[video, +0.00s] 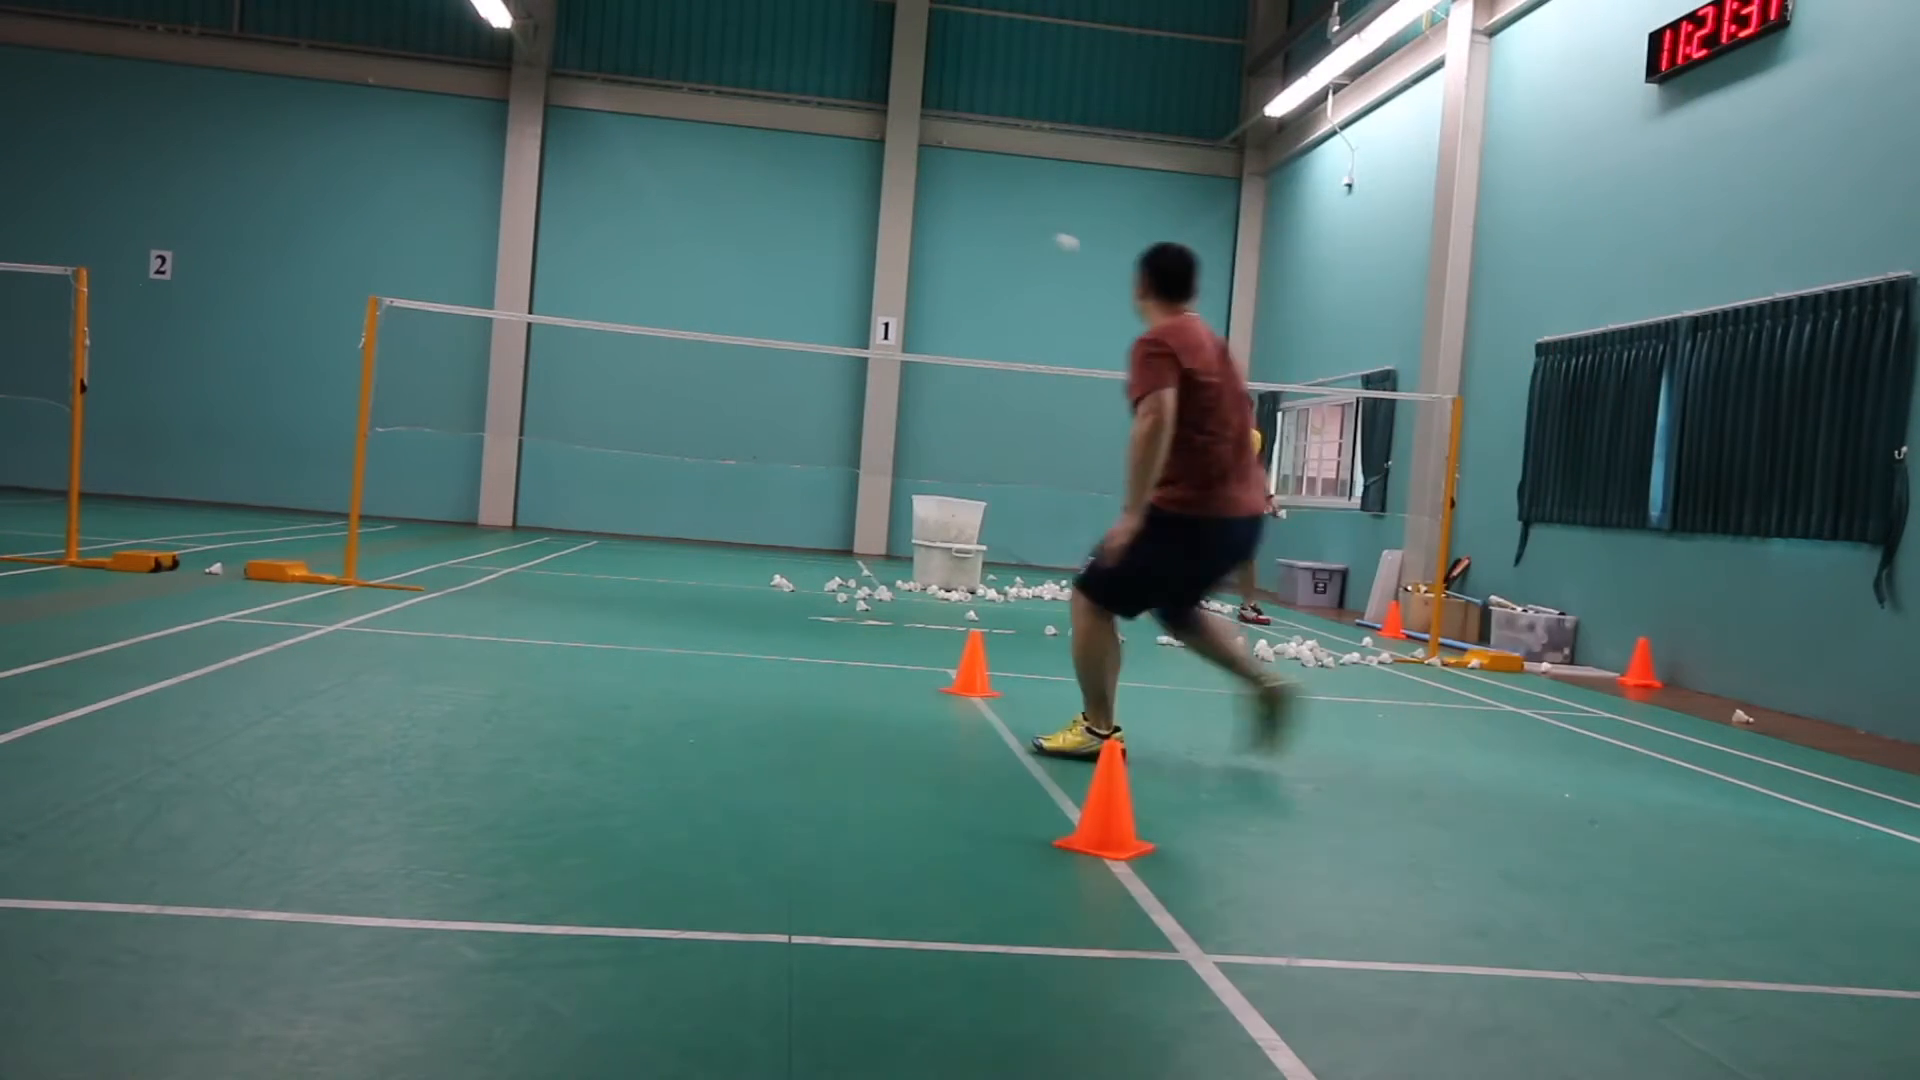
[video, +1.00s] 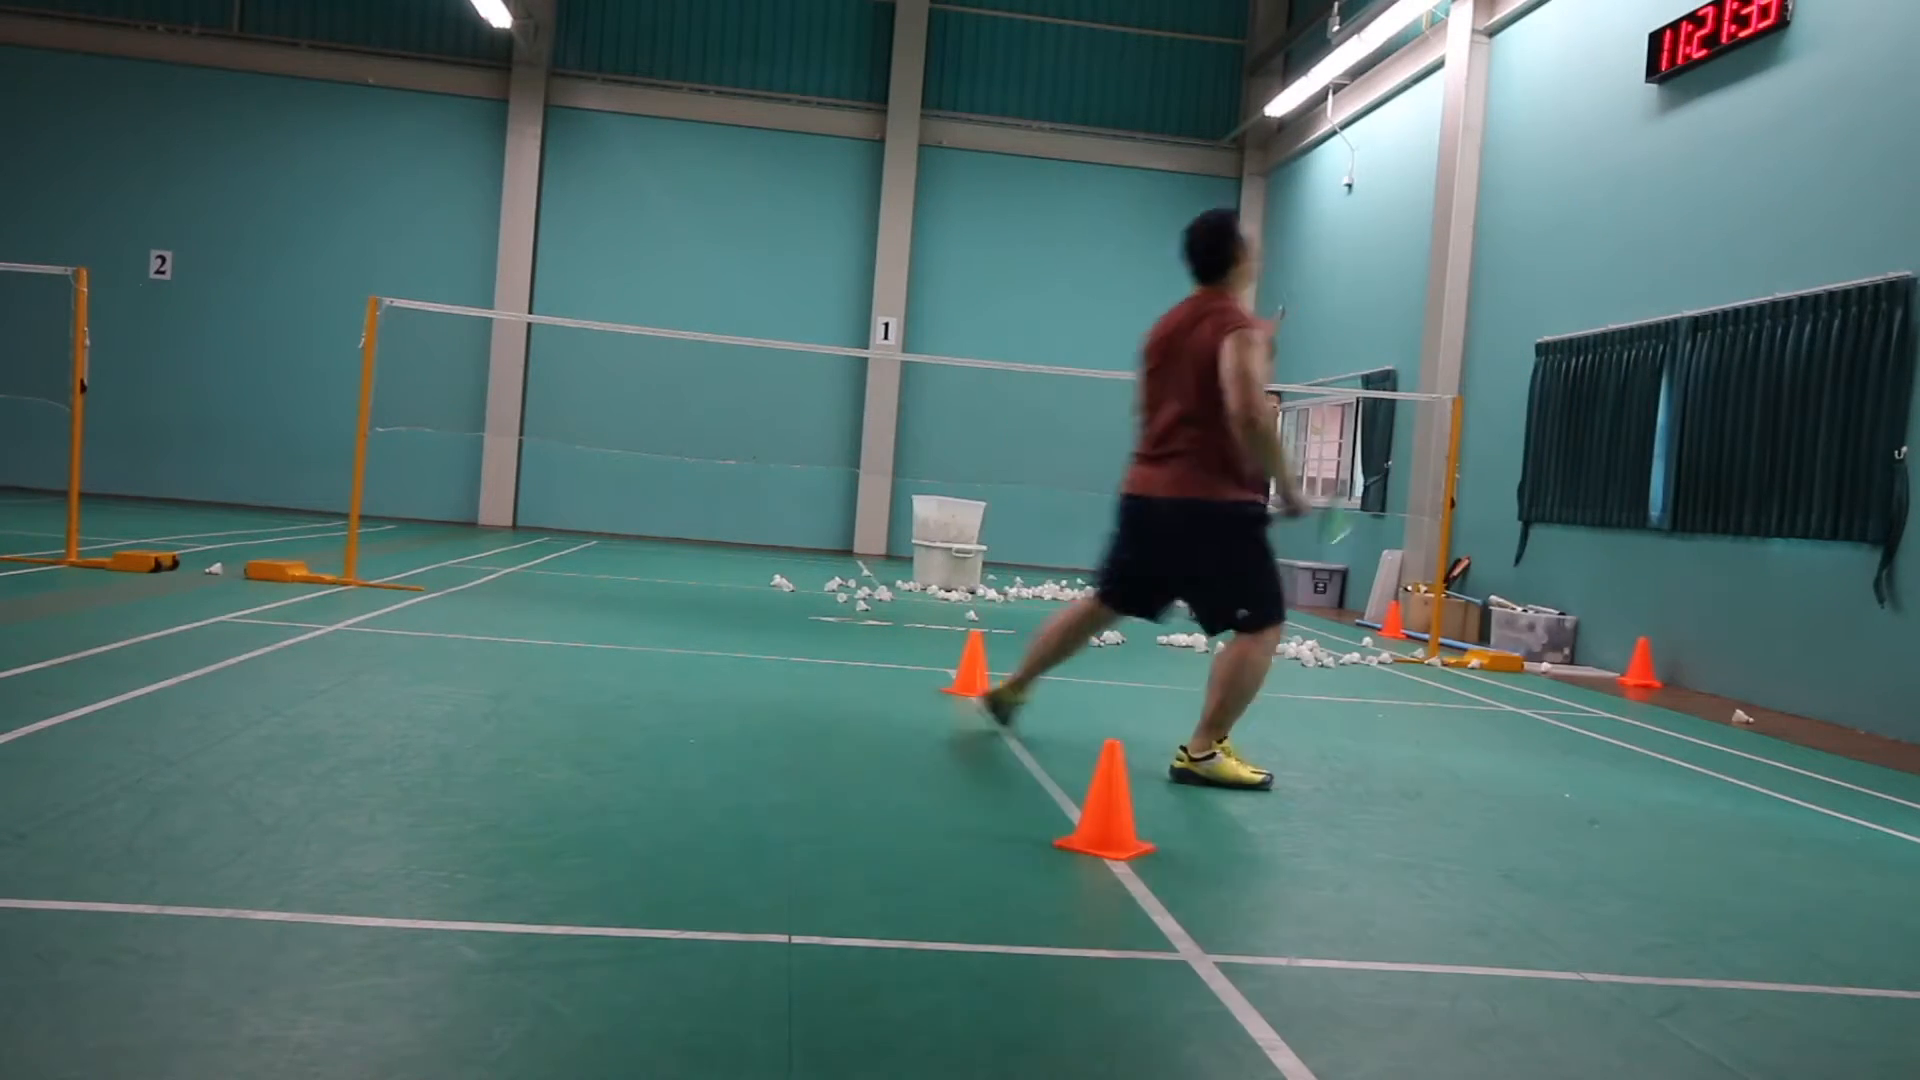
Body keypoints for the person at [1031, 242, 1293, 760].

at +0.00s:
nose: (1135, 291)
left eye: (1137, 283)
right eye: (1139, 283)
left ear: (1142, 287)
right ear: (1190, 288)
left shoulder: (1158, 343)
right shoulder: (1215, 346)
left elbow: (1157, 418)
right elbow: (1241, 432)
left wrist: (1133, 511)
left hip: (1189, 516)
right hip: (1240, 517)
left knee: (1093, 596)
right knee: (1177, 609)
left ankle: (1098, 725)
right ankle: (1266, 683)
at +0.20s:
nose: (1034, 295)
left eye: (1036, 285)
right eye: (1037, 285)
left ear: (1046, 289)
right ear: (1082, 290)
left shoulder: (1086, 340)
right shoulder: (1071, 347)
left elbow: (1105, 405)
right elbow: (1019, 403)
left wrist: (1072, 482)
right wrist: (962, 405)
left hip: (1104, 506)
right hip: (1085, 502)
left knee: (1032, 604)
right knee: (1026, 592)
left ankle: (1094, 721)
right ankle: (997, 688)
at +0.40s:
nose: (1021, 284)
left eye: (1021, 276)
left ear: (1021, 276)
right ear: (1069, 283)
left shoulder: (1022, 309)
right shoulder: (1082, 332)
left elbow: (1012, 364)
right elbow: (1083, 409)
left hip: (1027, 475)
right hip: (1069, 480)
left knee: (971, 581)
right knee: (1001, 581)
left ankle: (1048, 687)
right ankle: (994, 687)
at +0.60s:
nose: (1082, 280)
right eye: (1083, 274)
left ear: (1029, 272)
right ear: (1079, 275)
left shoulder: (993, 322)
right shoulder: (1103, 339)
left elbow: (939, 394)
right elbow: (1132, 421)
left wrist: (909, 458)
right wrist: (1113, 475)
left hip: (997, 482)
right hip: (1065, 487)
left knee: (974, 591)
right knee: (1030, 590)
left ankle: (975, 702)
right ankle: (1003, 689)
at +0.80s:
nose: (1135, 253)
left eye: (1132, 244)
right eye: (1133, 245)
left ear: (1079, 251)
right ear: (1126, 250)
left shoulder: (1036, 307)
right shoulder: (1142, 316)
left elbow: (1010, 389)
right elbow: (1157, 397)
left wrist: (1030, 439)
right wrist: (1155, 474)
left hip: (1029, 473)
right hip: (1103, 480)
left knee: (1001, 592)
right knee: (1116, 593)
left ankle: (977, 706)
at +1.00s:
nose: (1255, 252)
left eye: (1250, 243)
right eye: (1251, 245)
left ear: (1195, 263)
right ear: (1241, 258)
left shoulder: (1165, 328)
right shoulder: (1240, 326)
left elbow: (1157, 414)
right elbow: (1248, 411)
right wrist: (1288, 483)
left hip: (1148, 501)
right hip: (1217, 510)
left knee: (1107, 601)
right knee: (1261, 628)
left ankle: (1012, 689)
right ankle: (1204, 748)